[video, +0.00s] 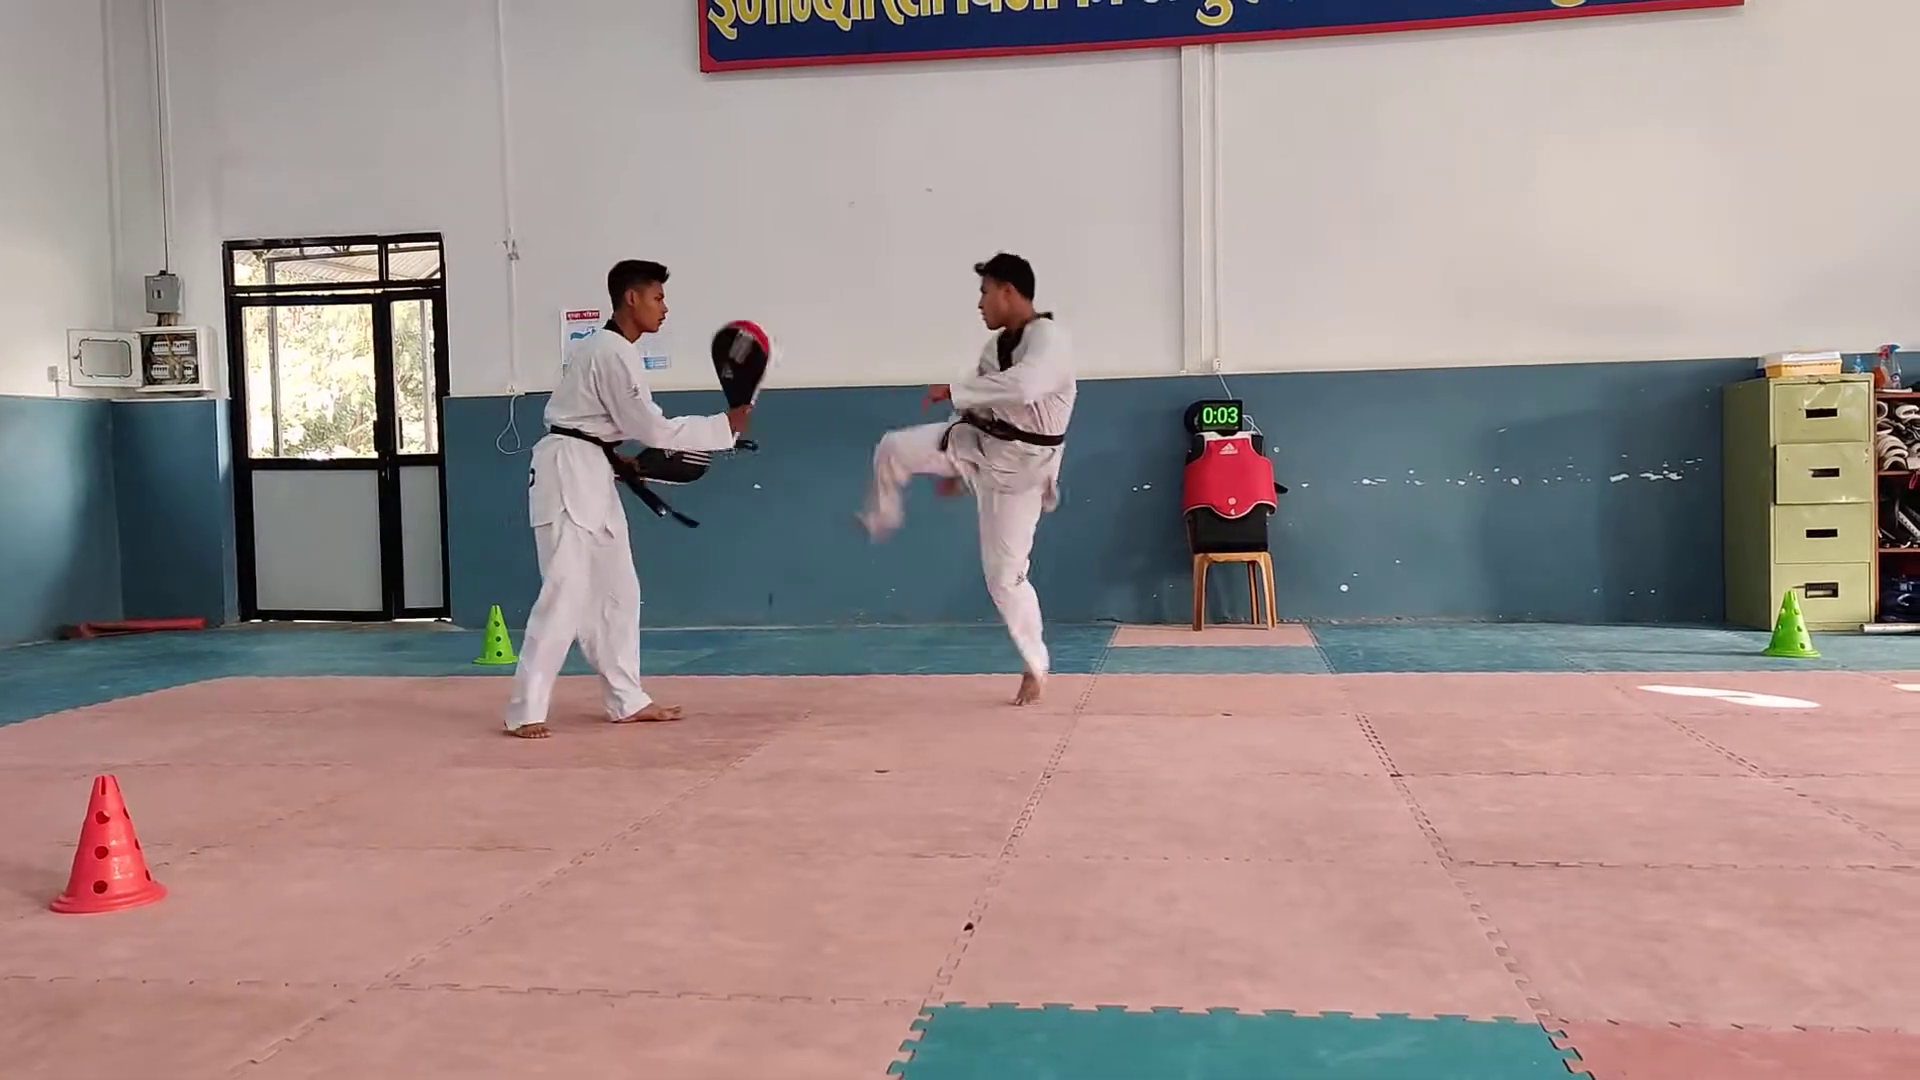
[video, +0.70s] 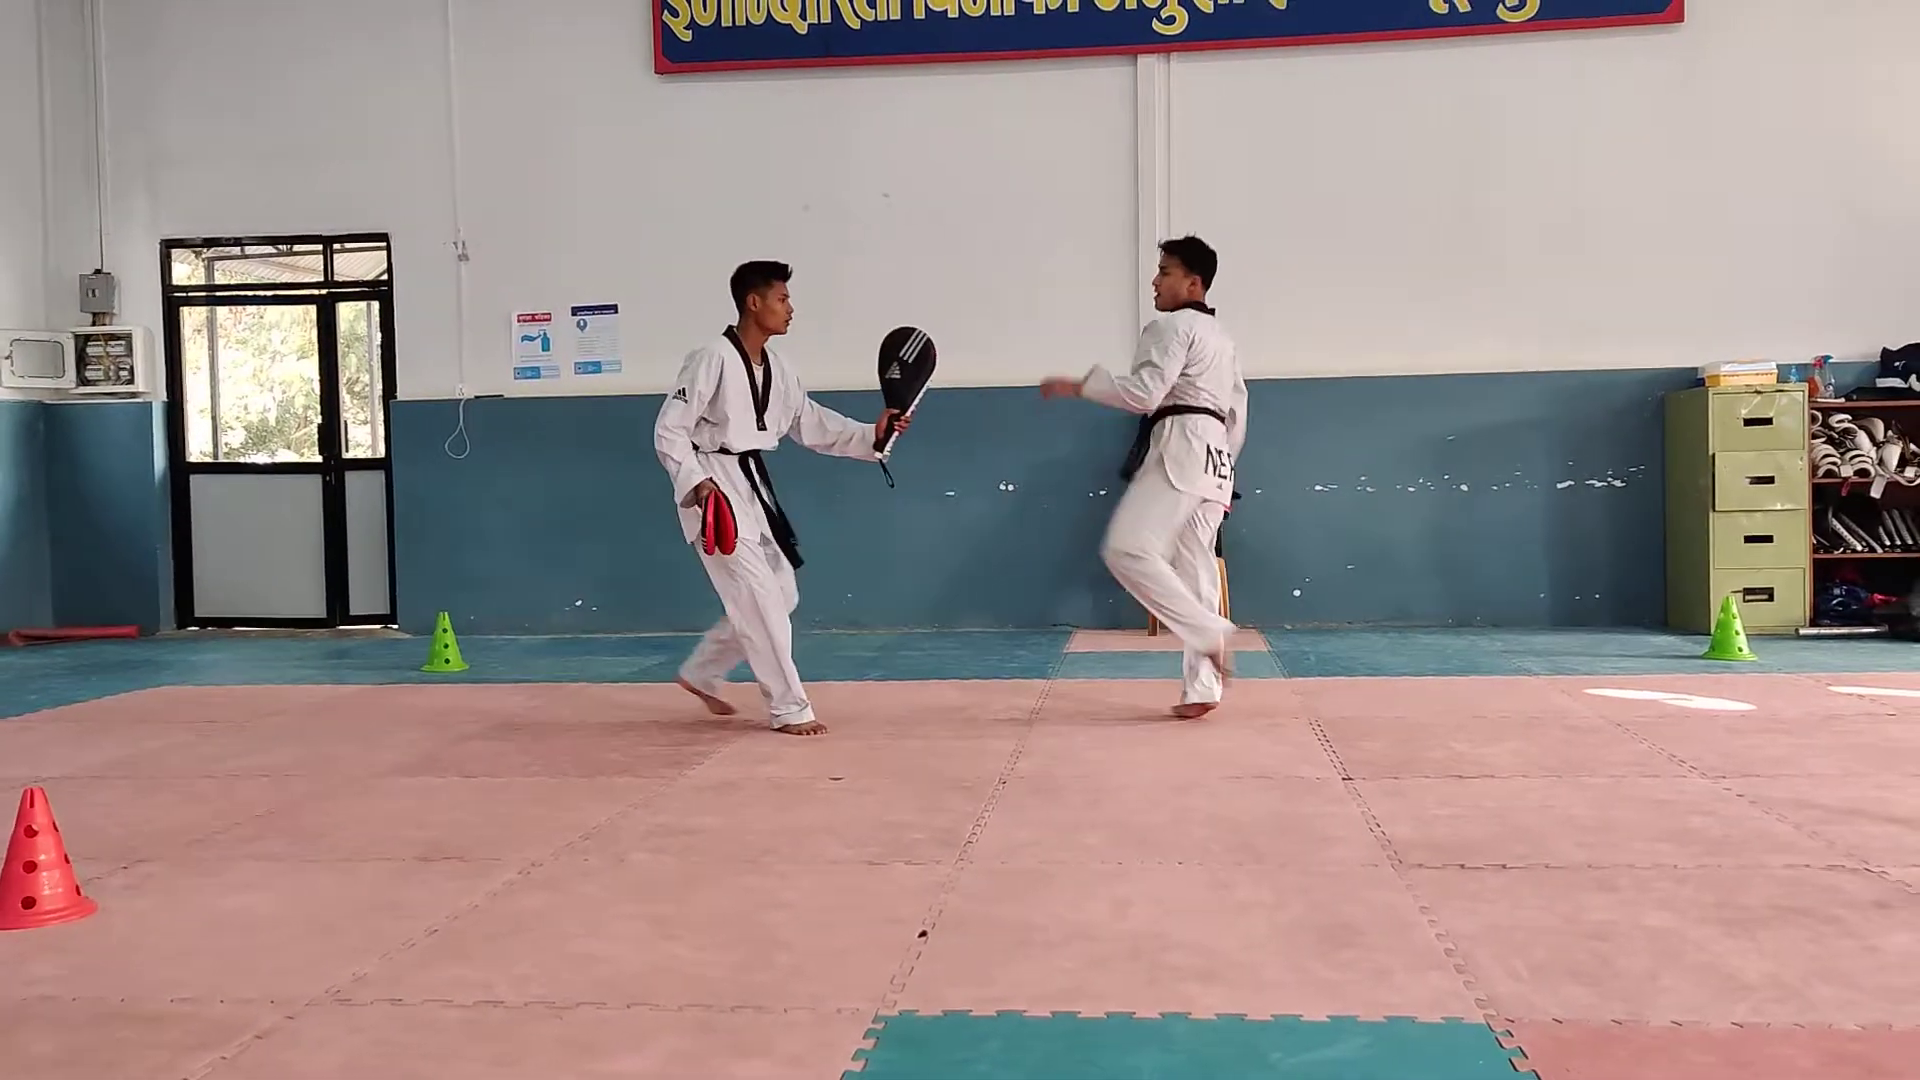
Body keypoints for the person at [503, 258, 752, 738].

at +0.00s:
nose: (664, 307)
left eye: (663, 297)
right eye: (657, 297)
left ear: (629, 302)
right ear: (628, 300)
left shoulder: (601, 347)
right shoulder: (613, 352)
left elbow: (573, 420)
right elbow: (650, 428)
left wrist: (611, 456)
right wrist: (725, 425)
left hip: (589, 470)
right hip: (566, 467)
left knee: (616, 587)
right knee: (566, 587)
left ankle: (626, 700)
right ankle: (525, 712)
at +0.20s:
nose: (691, 300)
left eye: (691, 292)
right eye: (684, 291)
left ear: (660, 294)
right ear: (657, 292)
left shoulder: (652, 350)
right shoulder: (635, 342)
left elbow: (635, 428)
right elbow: (648, 408)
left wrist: (671, 465)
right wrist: (713, 423)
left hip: (642, 470)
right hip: (617, 465)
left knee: (650, 591)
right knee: (614, 589)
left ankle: (629, 702)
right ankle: (544, 699)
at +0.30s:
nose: (711, 298)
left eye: (710, 289)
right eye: (702, 289)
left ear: (687, 295)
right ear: (675, 293)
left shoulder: (677, 356)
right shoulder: (652, 342)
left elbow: (674, 437)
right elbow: (638, 412)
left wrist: (726, 466)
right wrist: (696, 445)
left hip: (652, 470)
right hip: (635, 466)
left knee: (649, 585)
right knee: (674, 583)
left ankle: (625, 696)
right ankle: (615, 691)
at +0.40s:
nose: (734, 299)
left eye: (732, 290)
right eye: (726, 290)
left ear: (706, 296)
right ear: (698, 294)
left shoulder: (703, 359)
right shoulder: (666, 348)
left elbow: (729, 424)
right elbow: (634, 421)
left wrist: (786, 448)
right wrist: (674, 461)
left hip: (673, 484)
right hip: (651, 483)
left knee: (649, 591)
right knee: (710, 576)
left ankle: (616, 702)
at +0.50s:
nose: (753, 302)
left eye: (753, 293)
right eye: (746, 293)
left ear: (726, 299)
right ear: (718, 297)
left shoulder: (732, 364)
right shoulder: (680, 353)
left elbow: (762, 421)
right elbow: (636, 420)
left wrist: (821, 438)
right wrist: (667, 469)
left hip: (700, 483)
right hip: (679, 481)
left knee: (660, 591)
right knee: (729, 587)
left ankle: (612, 696)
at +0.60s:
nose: (772, 305)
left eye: (771, 296)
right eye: (764, 296)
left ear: (745, 302)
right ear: (736, 299)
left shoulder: (754, 365)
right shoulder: (700, 357)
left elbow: (787, 420)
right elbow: (653, 424)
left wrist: (846, 434)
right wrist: (675, 480)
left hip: (736, 479)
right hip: (704, 479)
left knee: (707, 589)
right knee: (753, 587)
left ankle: (630, 676)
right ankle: (796, 705)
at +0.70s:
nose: (790, 307)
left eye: (789, 298)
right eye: (782, 299)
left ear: (766, 304)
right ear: (752, 303)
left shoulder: (777, 367)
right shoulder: (712, 359)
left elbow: (811, 424)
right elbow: (669, 432)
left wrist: (873, 434)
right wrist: (697, 485)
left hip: (752, 482)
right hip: (714, 483)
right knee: (755, 592)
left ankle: (702, 672)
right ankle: (788, 709)